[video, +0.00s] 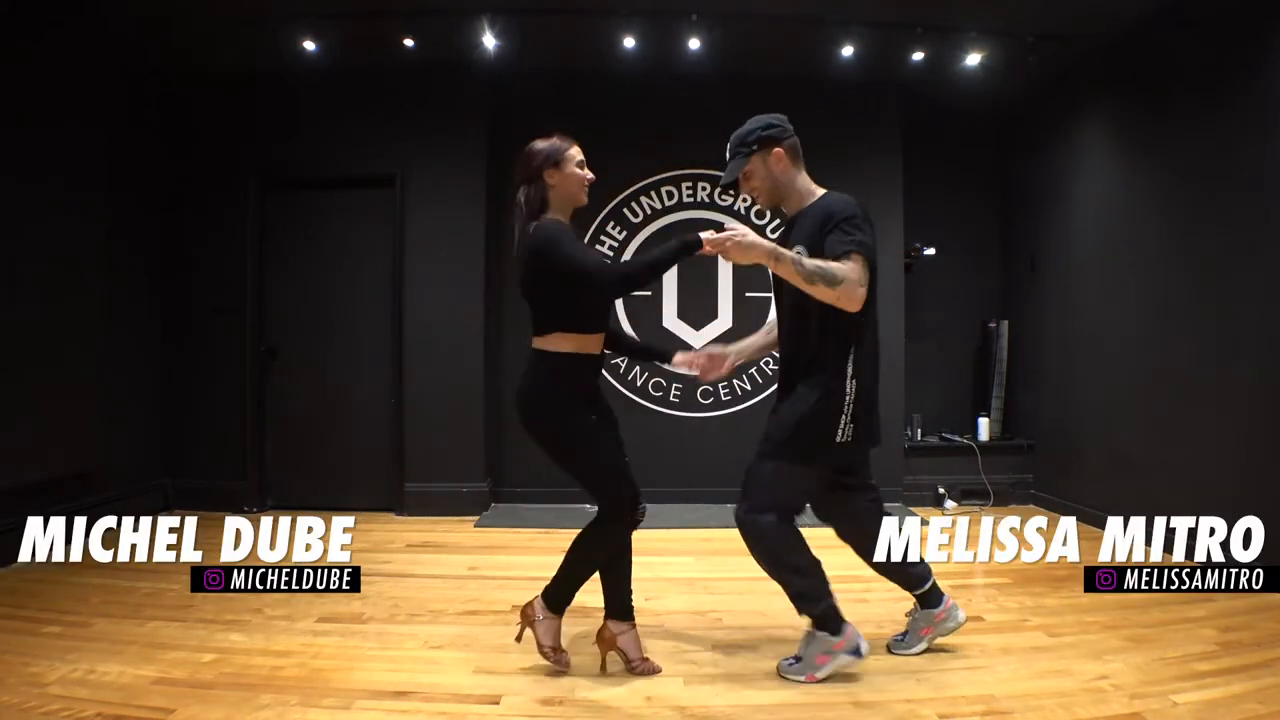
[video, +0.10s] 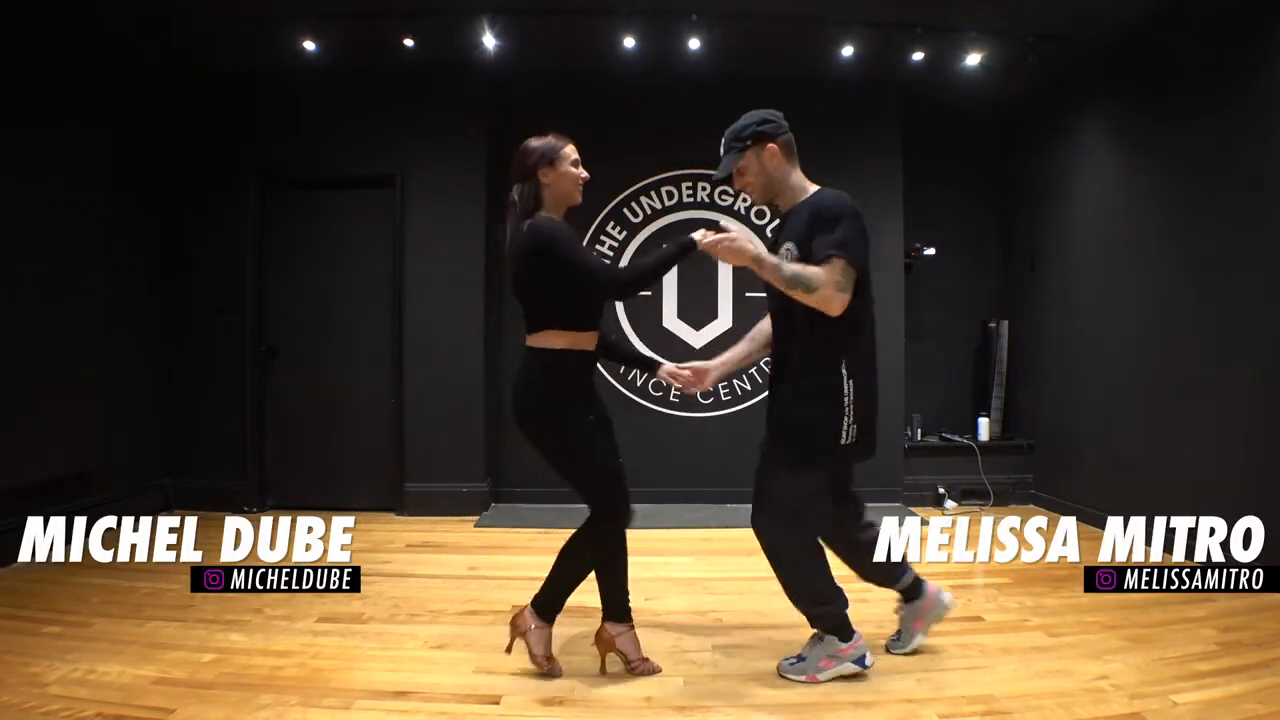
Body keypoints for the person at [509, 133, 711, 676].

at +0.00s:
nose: (591, 174)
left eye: (587, 166)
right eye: (580, 166)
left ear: (561, 177)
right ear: (549, 176)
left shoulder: (569, 241)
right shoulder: (546, 237)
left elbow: (602, 333)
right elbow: (614, 280)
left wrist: (668, 356)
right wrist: (690, 243)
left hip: (581, 386)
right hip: (553, 389)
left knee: (622, 504)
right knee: (619, 503)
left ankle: (619, 623)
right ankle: (546, 608)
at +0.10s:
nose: (585, 173)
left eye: (582, 164)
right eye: (574, 164)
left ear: (555, 175)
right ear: (543, 174)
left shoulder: (558, 238)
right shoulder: (541, 234)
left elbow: (591, 335)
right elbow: (619, 283)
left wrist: (657, 366)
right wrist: (690, 245)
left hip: (574, 383)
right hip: (551, 385)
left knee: (613, 505)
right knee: (609, 506)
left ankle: (617, 625)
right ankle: (537, 616)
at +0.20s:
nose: (578, 167)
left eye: (574, 158)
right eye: (567, 158)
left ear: (545, 170)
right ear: (536, 169)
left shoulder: (538, 231)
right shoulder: (544, 229)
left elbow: (574, 323)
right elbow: (612, 291)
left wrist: (639, 343)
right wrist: (678, 264)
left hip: (550, 375)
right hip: (544, 377)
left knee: (590, 504)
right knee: (581, 505)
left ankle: (617, 623)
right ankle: (523, 627)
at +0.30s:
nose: (562, 158)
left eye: (559, 149)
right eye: (552, 150)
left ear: (528, 162)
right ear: (521, 160)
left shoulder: (521, 221)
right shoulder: (530, 225)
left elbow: (577, 294)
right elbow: (589, 306)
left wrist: (631, 290)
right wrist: (669, 317)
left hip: (519, 369)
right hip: (517, 372)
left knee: (571, 488)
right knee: (541, 497)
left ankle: (568, 615)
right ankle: (517, 632)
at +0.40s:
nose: (550, 158)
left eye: (547, 149)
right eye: (539, 149)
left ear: (516, 162)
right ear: (509, 161)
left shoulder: (501, 222)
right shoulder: (524, 227)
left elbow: (557, 284)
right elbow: (568, 312)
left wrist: (611, 256)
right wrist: (646, 347)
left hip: (500, 365)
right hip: (511, 367)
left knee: (554, 487)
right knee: (532, 495)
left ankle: (502, 597)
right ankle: (520, 632)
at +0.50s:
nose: (529, 161)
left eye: (526, 152)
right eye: (518, 153)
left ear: (490, 168)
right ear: (486, 165)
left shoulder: (471, 228)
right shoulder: (506, 231)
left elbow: (536, 274)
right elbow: (533, 316)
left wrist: (593, 232)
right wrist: (605, 352)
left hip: (468, 364)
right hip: (499, 367)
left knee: (498, 490)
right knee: (515, 497)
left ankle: (439, 597)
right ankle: (518, 632)